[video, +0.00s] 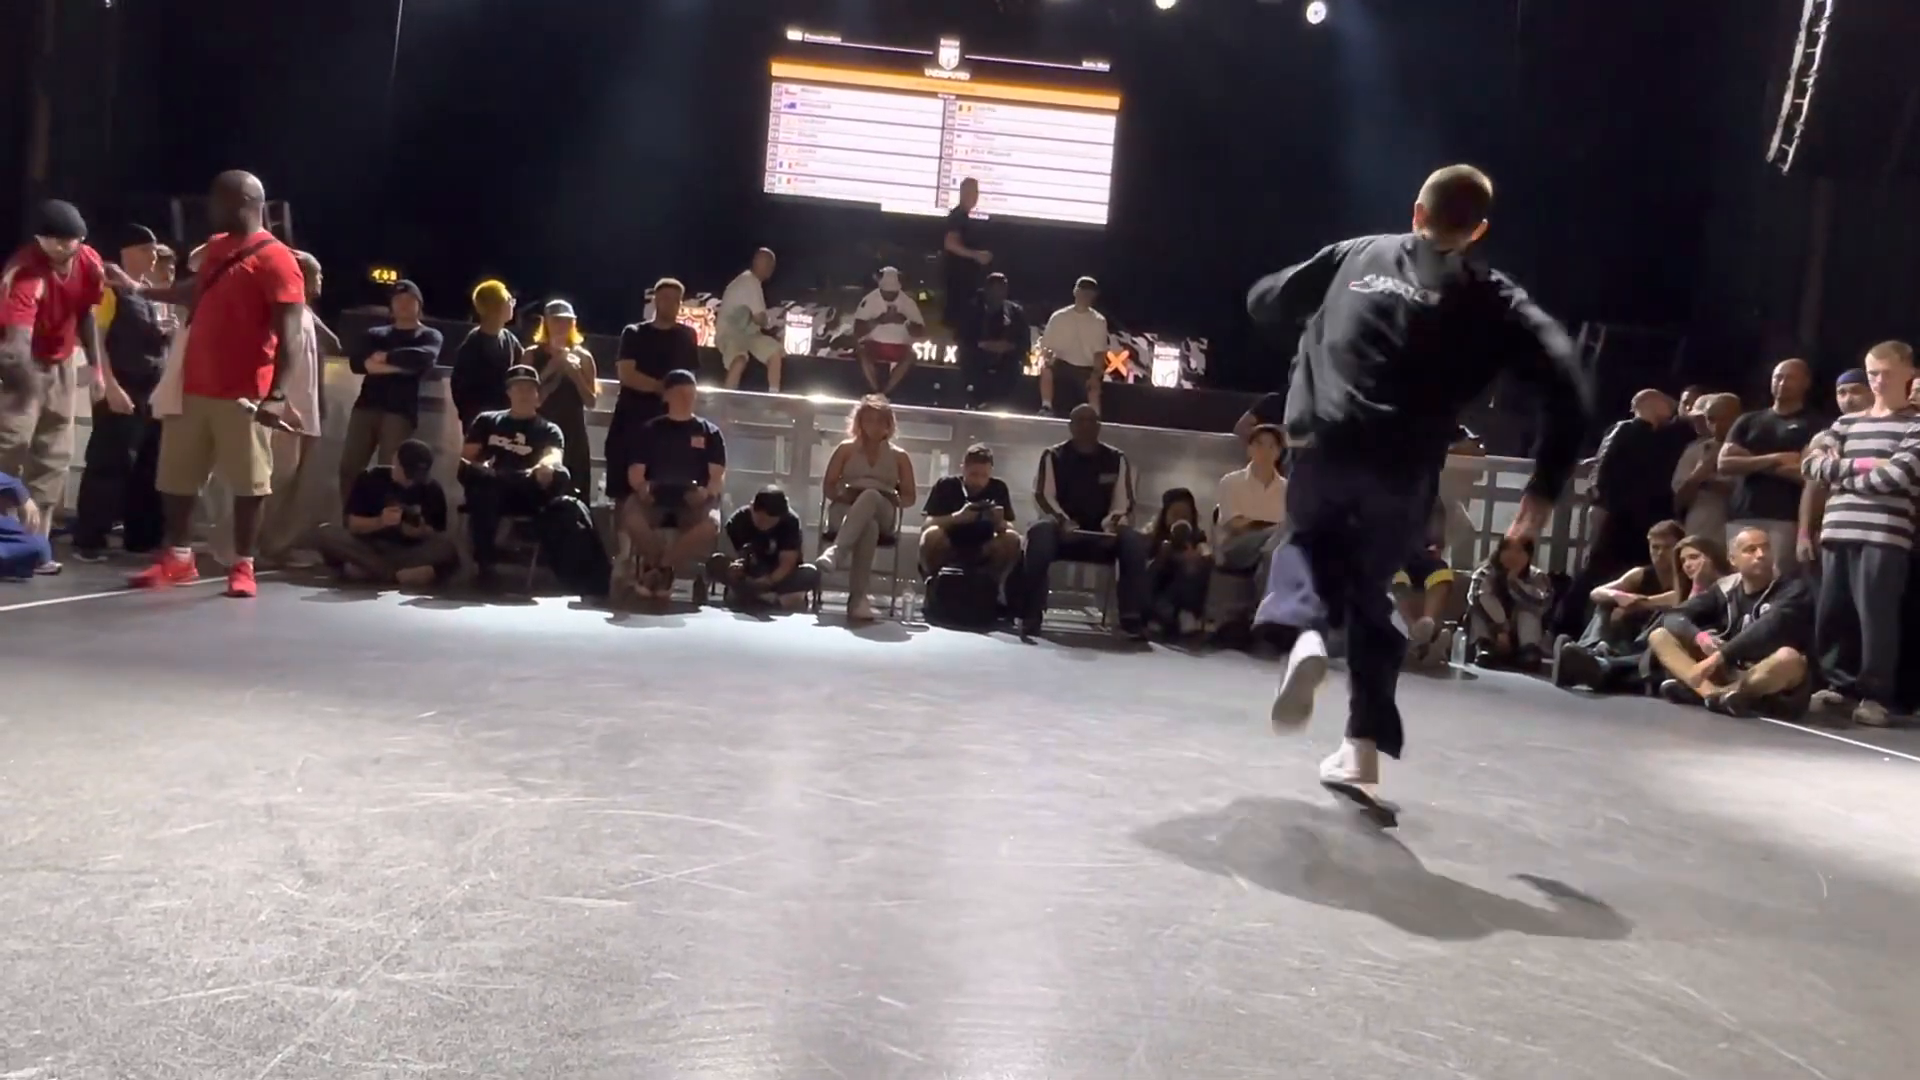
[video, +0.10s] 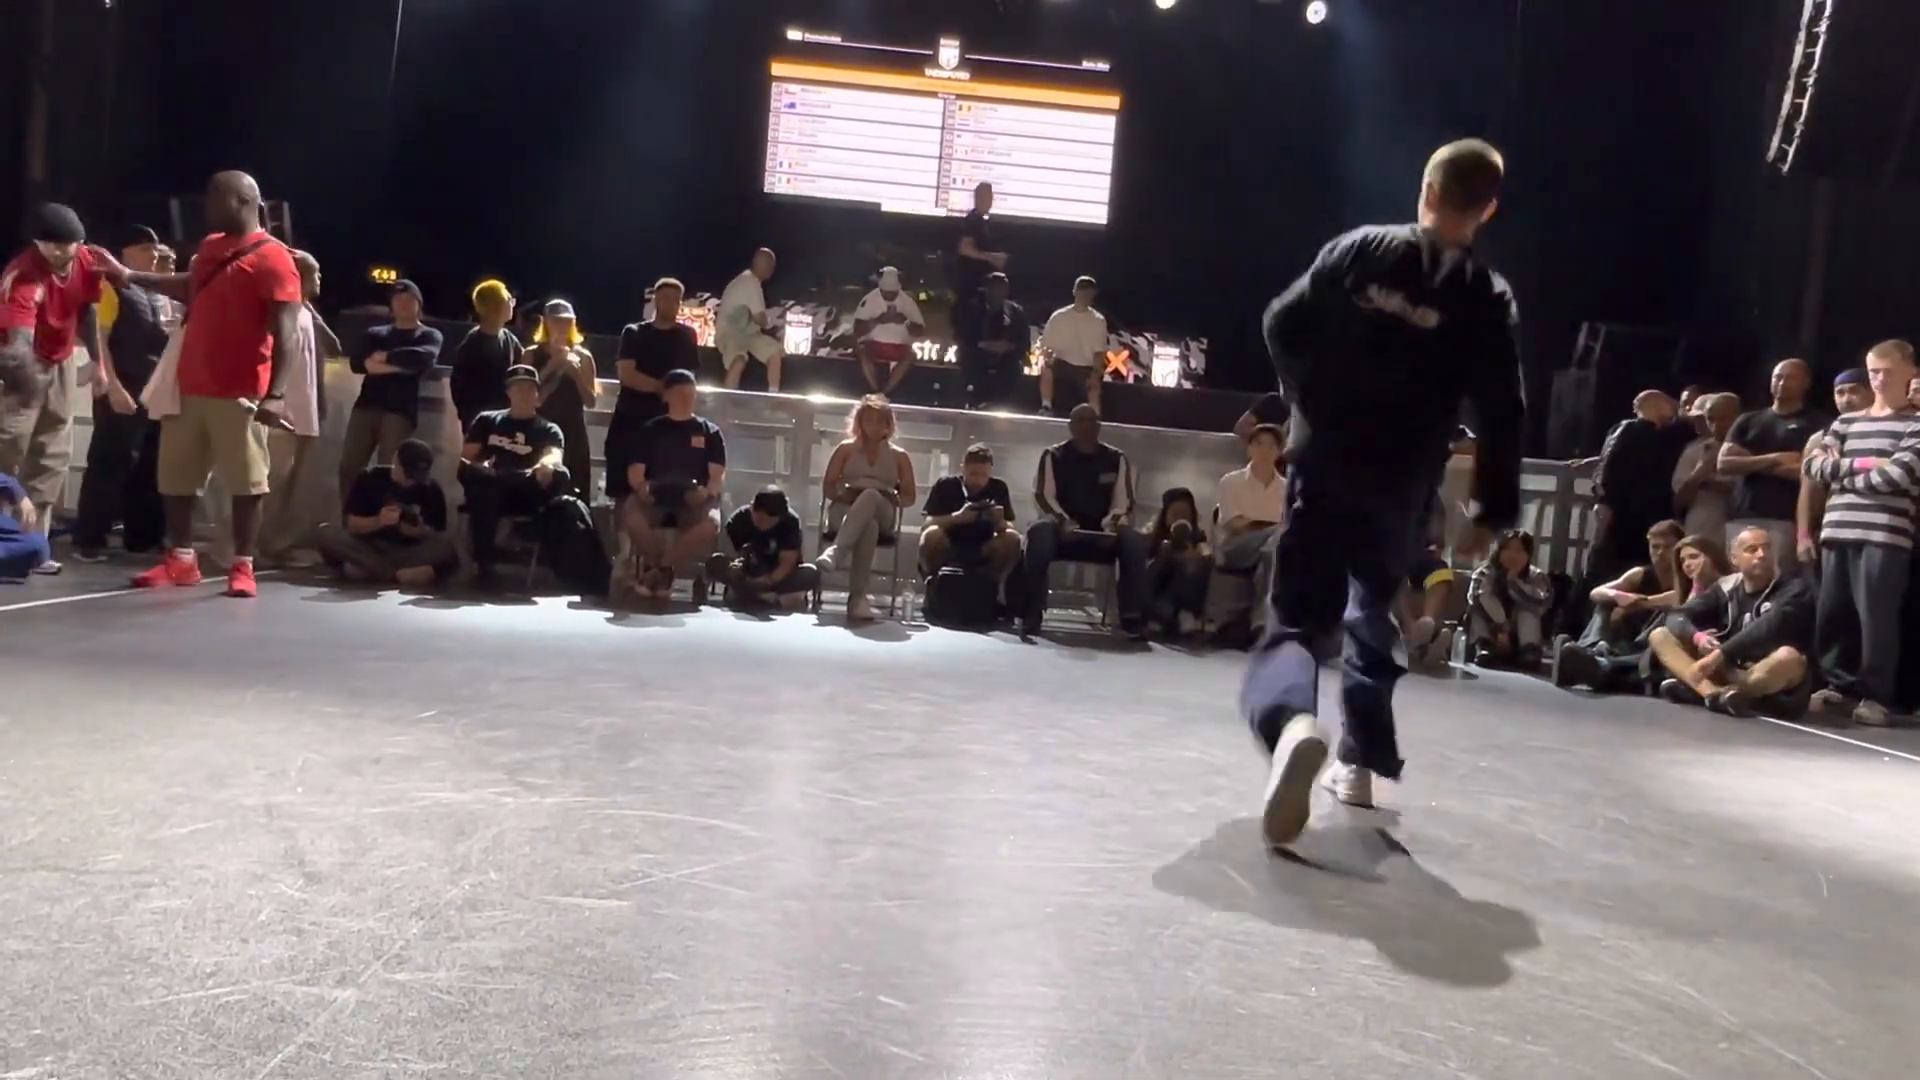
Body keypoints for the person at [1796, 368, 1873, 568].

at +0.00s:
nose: (1848, 398)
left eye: (1856, 391)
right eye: (1842, 392)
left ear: (1872, 392)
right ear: (1836, 398)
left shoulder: (1886, 433)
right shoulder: (1830, 433)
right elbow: (1812, 484)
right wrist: (1804, 534)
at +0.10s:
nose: (1846, 399)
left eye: (1854, 391)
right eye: (1840, 393)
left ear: (1871, 393)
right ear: (1834, 398)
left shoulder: (1887, 435)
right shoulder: (1821, 438)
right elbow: (1808, 487)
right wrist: (1803, 534)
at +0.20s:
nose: (1846, 399)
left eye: (1854, 392)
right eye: (1840, 393)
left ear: (1870, 394)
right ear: (1833, 398)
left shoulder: (1885, 437)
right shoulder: (1817, 440)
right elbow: (1806, 488)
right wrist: (1804, 535)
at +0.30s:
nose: (1846, 399)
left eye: (1854, 392)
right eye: (1840, 393)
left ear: (1869, 395)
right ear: (1832, 398)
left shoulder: (1885, 438)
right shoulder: (1814, 442)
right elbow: (1805, 490)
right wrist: (1805, 536)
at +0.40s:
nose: (1847, 399)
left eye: (1855, 391)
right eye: (1840, 392)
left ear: (1869, 396)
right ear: (1832, 398)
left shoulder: (1883, 439)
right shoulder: (1813, 442)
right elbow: (1805, 490)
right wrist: (1805, 537)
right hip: (1828, 531)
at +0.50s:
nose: (1847, 398)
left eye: (1855, 391)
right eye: (1841, 392)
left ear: (1869, 396)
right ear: (1831, 398)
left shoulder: (1882, 440)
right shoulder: (1813, 442)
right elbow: (1804, 492)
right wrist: (1806, 539)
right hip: (1828, 535)